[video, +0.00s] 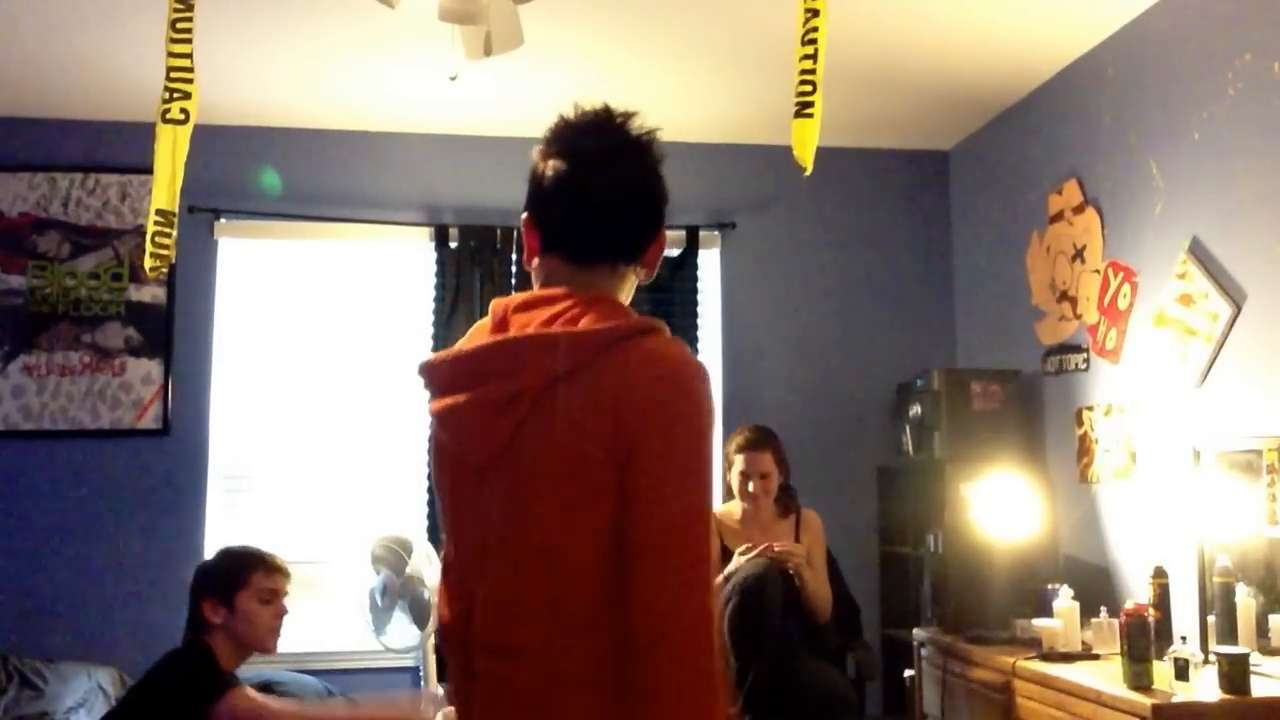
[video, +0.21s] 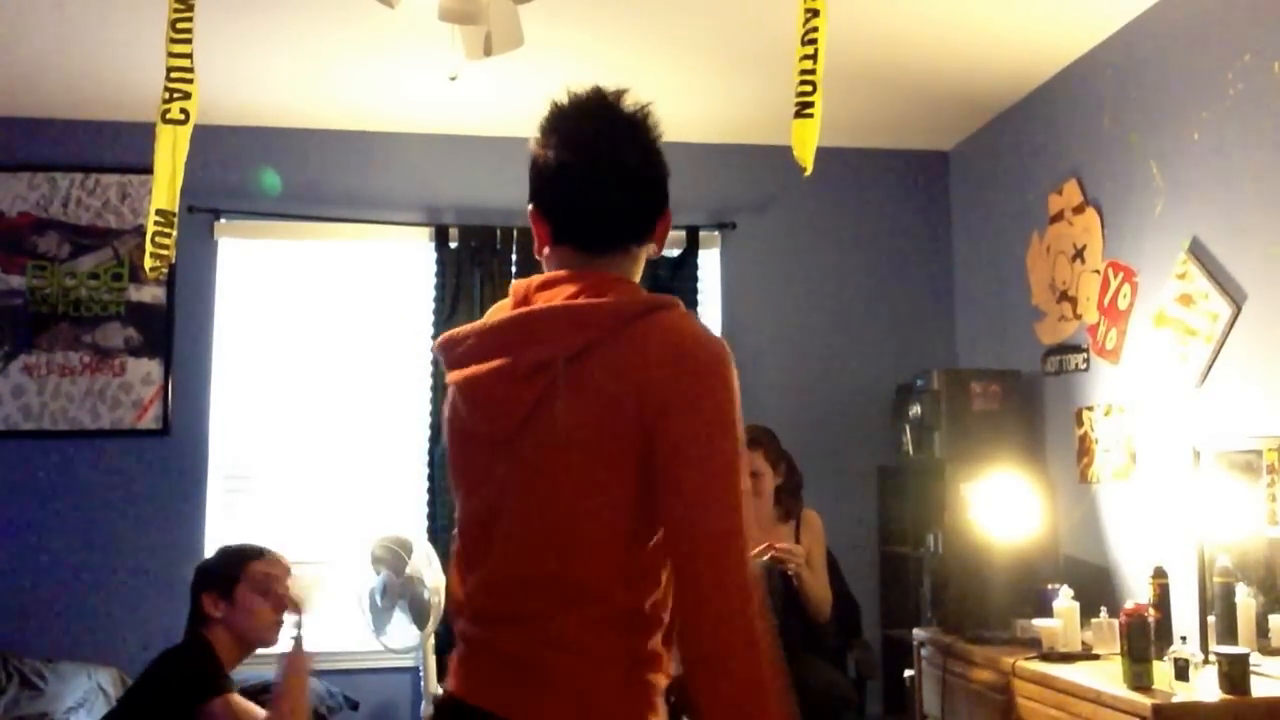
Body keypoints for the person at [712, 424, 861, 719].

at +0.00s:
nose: (753, 488)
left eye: (764, 477)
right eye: (744, 477)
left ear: (781, 476)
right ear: (729, 476)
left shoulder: (807, 523)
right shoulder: (717, 523)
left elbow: (823, 612)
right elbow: (704, 604)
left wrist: (802, 570)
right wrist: (732, 572)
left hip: (795, 637)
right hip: (730, 638)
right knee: (762, 575)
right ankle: (751, 701)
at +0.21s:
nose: (745, 486)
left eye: (755, 475)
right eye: (739, 476)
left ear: (780, 474)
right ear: (728, 478)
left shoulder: (805, 523)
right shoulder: (723, 529)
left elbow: (822, 611)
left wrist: (801, 571)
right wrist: (745, 570)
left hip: (794, 657)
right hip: (737, 659)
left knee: (836, 697)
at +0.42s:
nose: (739, 483)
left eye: (750, 473)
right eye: (731, 473)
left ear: (776, 474)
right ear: (724, 475)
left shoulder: (806, 523)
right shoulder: (714, 524)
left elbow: (823, 611)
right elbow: (706, 606)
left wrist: (800, 572)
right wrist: (734, 573)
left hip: (796, 641)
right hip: (732, 644)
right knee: (762, 575)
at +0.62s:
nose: (738, 484)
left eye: (749, 473)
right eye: (730, 473)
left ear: (776, 472)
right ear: (722, 476)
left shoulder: (806, 523)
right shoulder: (708, 527)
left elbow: (821, 611)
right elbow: (689, 616)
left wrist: (800, 573)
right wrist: (733, 573)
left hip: (788, 652)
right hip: (719, 658)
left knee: (837, 698)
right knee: (757, 574)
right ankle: (750, 705)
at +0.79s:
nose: (737, 484)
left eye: (748, 473)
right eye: (730, 473)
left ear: (775, 473)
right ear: (721, 476)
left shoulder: (806, 523)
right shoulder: (715, 526)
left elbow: (821, 611)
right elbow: (703, 603)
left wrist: (800, 573)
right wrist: (736, 573)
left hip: (798, 646)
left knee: (838, 697)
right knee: (761, 573)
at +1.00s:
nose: (739, 483)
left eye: (750, 473)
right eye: (732, 473)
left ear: (777, 472)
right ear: (724, 476)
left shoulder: (807, 524)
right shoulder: (707, 528)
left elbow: (822, 611)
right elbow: (688, 617)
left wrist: (800, 576)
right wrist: (737, 572)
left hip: (788, 652)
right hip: (717, 658)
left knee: (837, 698)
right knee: (756, 575)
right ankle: (747, 705)